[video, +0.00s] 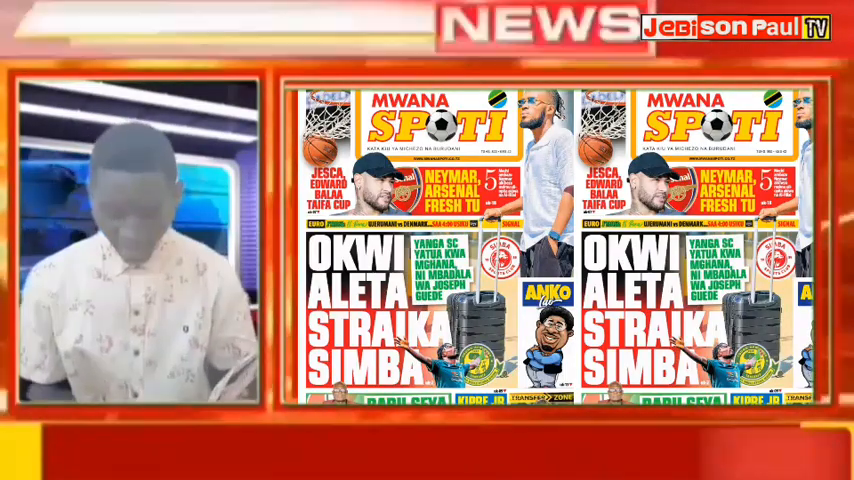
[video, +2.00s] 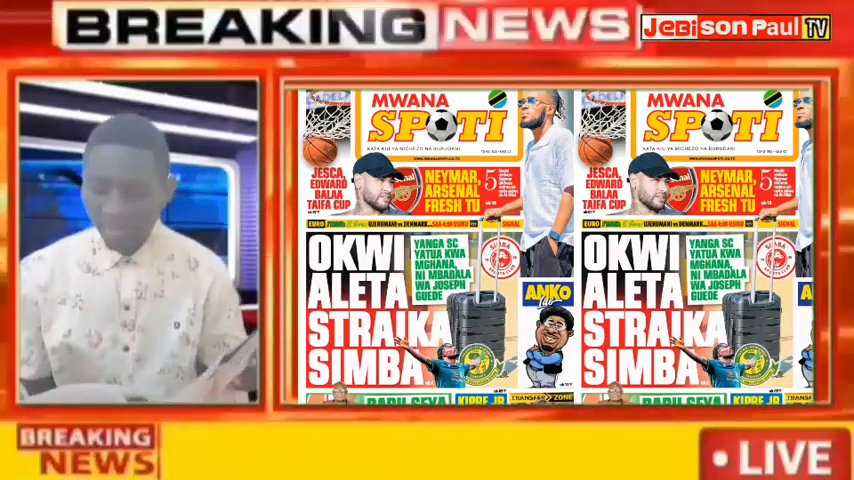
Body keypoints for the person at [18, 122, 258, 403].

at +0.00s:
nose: (132, 230)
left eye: (148, 213)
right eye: (115, 213)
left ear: (177, 196)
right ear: (91, 196)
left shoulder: (214, 276)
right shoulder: (54, 279)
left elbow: (242, 384)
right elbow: (44, 393)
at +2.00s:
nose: (114, 208)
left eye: (134, 192)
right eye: (100, 189)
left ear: (168, 189)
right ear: (83, 187)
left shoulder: (207, 273)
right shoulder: (37, 275)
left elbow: (234, 379)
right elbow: (36, 393)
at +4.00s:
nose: (124, 191)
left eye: (143, 174)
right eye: (105, 174)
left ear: (166, 184)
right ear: (82, 186)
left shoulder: (205, 273)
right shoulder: (37, 277)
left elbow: (232, 389)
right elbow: (21, 395)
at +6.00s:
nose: (137, 180)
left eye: (155, 167)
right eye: (119, 168)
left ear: (177, 184)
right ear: (98, 187)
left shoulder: (217, 273)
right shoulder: (58, 278)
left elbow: (253, 375)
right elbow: (39, 391)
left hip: (191, 445)